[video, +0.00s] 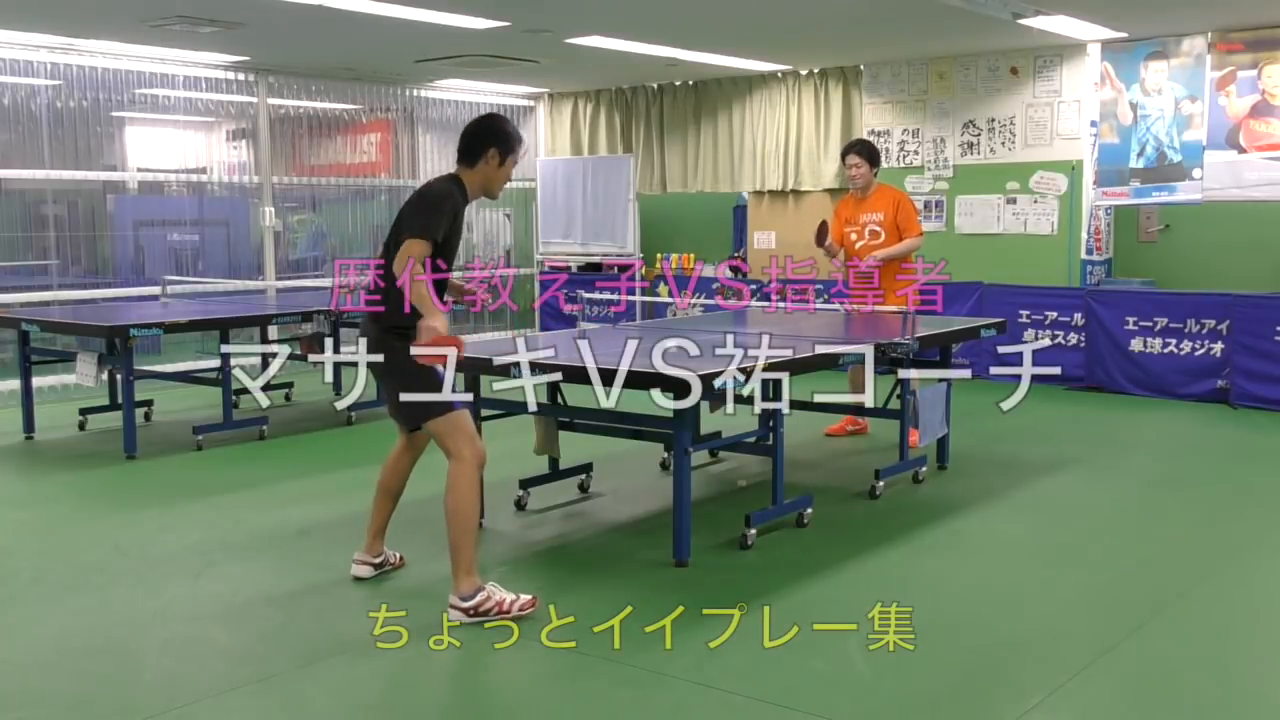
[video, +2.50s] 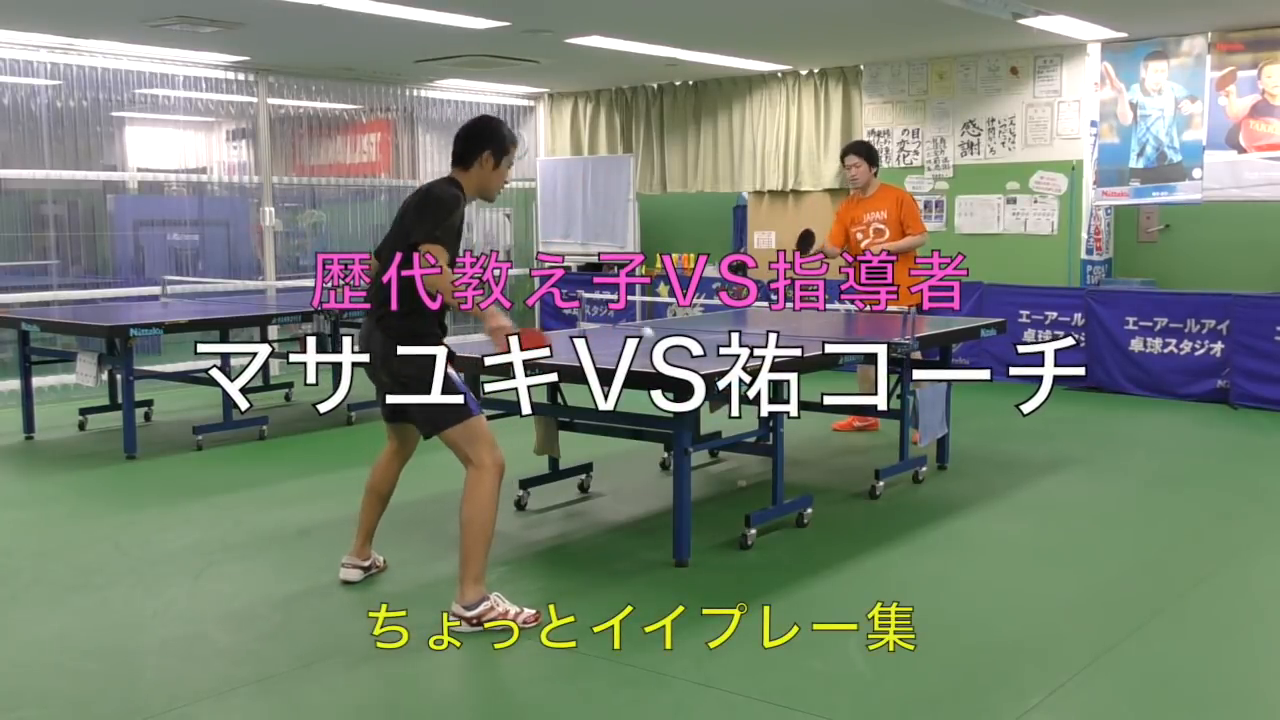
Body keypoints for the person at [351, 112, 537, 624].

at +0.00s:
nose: (510, 176)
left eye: (512, 167)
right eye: (509, 165)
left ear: (478, 158)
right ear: (488, 158)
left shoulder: (447, 197)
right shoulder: (442, 194)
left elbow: (415, 267)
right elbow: (405, 264)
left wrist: (449, 289)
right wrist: (432, 312)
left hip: (400, 343)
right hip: (408, 345)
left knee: (412, 441)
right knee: (468, 452)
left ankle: (370, 552)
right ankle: (467, 589)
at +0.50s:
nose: (499, 150)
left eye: (496, 142)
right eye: (498, 142)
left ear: (446, 144)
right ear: (489, 144)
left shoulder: (408, 191)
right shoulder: (496, 195)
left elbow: (367, 254)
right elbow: (568, 248)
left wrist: (423, 263)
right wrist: (575, 218)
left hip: (399, 345)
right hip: (453, 348)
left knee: (385, 453)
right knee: (507, 467)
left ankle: (369, 552)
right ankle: (475, 596)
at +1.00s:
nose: (509, 173)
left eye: (512, 163)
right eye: (508, 161)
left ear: (469, 154)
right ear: (482, 154)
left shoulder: (422, 191)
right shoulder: (458, 196)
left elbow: (384, 258)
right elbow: (502, 276)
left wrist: (452, 286)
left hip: (386, 344)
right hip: (418, 350)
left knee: (389, 446)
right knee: (481, 458)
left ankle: (357, 554)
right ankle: (472, 597)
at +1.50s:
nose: (497, 146)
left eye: (495, 137)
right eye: (496, 137)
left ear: (444, 137)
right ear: (487, 139)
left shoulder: (407, 183)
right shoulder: (467, 190)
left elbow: (370, 248)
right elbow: (479, 266)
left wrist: (421, 287)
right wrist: (544, 318)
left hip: (388, 341)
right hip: (433, 345)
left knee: (384, 445)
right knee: (487, 460)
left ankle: (356, 555)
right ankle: (474, 596)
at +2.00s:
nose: (488, 147)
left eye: (486, 138)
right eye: (486, 138)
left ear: (437, 138)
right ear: (474, 139)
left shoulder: (396, 184)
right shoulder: (478, 185)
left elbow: (364, 246)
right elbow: (549, 225)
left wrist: (420, 255)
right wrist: (562, 195)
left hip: (383, 339)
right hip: (434, 342)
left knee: (379, 445)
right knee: (491, 460)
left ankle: (356, 554)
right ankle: (475, 595)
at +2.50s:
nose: (507, 178)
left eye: (509, 168)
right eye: (505, 166)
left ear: (469, 160)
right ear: (482, 160)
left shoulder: (430, 197)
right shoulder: (446, 198)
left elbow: (384, 270)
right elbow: (432, 270)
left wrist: (434, 341)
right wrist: (487, 313)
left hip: (387, 350)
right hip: (414, 352)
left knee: (399, 445)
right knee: (487, 460)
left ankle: (358, 555)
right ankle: (472, 597)